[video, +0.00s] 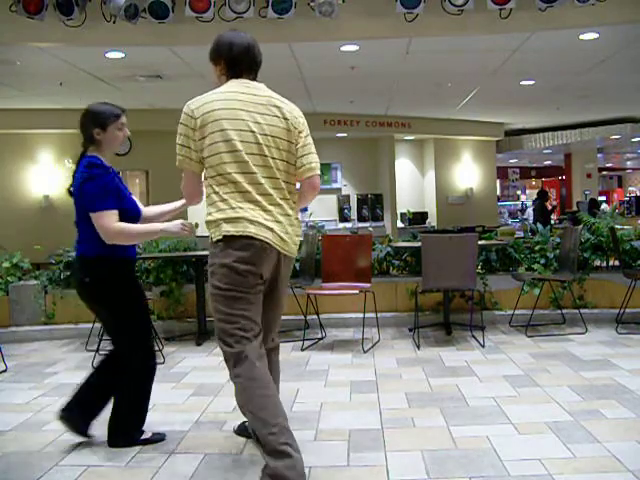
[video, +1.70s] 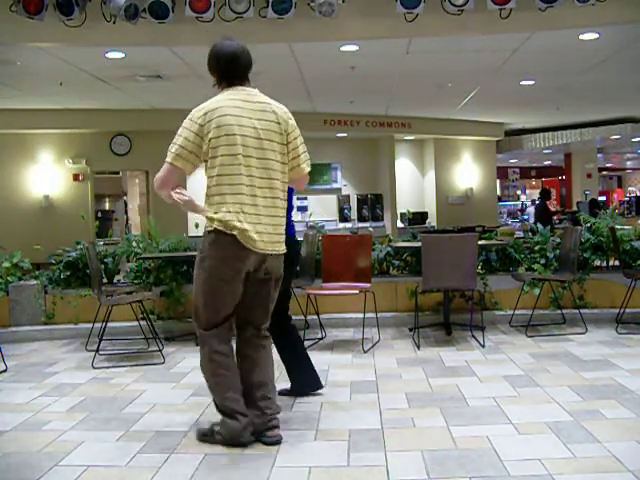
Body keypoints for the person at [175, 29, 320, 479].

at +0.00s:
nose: (210, 72)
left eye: (211, 66)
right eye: (211, 66)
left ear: (219, 66)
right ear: (257, 67)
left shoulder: (199, 108)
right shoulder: (289, 110)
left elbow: (192, 193)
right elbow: (311, 184)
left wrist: (209, 185)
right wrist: (284, 203)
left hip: (235, 237)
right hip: (283, 239)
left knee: (241, 348)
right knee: (266, 339)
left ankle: (286, 465)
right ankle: (260, 420)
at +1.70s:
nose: (211, 77)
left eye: (211, 72)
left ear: (213, 74)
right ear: (249, 71)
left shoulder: (206, 113)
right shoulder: (280, 113)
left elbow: (165, 183)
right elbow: (301, 181)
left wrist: (192, 204)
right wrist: (265, 170)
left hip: (226, 241)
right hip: (273, 246)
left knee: (215, 330)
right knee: (255, 331)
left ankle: (235, 422)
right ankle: (265, 422)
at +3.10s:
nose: (174, 130)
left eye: (173, 125)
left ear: (177, 124)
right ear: (202, 115)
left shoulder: (172, 153)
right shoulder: (233, 143)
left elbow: (155, 207)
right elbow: (264, 187)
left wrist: (141, 204)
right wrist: (270, 171)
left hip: (197, 246)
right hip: (238, 244)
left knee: (202, 315)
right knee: (260, 308)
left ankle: (200, 386)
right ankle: (304, 375)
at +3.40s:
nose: (203, 134)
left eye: (204, 128)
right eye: (201, 129)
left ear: (217, 123)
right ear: (229, 122)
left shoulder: (222, 153)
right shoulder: (260, 147)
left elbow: (204, 210)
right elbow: (279, 192)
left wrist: (168, 206)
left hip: (242, 252)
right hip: (275, 249)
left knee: (214, 311)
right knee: (274, 307)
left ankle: (204, 385)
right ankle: (321, 352)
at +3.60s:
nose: (238, 135)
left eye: (240, 129)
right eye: (236, 130)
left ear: (256, 124)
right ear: (260, 124)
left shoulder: (270, 153)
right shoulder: (282, 146)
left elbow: (258, 207)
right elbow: (264, 202)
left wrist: (212, 203)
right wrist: (219, 205)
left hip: (276, 248)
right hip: (296, 245)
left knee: (240, 308)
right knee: (288, 310)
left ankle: (215, 382)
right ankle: (329, 363)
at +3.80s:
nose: (269, 136)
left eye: (271, 130)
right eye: (267, 130)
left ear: (288, 126)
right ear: (285, 128)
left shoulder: (308, 155)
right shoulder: (290, 153)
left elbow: (311, 203)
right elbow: (278, 187)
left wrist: (267, 194)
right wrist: (257, 190)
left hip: (307, 242)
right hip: (295, 240)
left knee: (273, 305)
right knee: (292, 308)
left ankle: (241, 377)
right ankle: (328, 362)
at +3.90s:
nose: (208, 150)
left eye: (213, 145)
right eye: (205, 146)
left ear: (227, 148)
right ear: (204, 151)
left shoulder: (240, 172)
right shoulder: (212, 180)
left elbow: (257, 210)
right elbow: (214, 224)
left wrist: (263, 192)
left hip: (242, 247)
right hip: (219, 249)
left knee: (230, 306)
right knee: (201, 303)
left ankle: (248, 363)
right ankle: (227, 351)